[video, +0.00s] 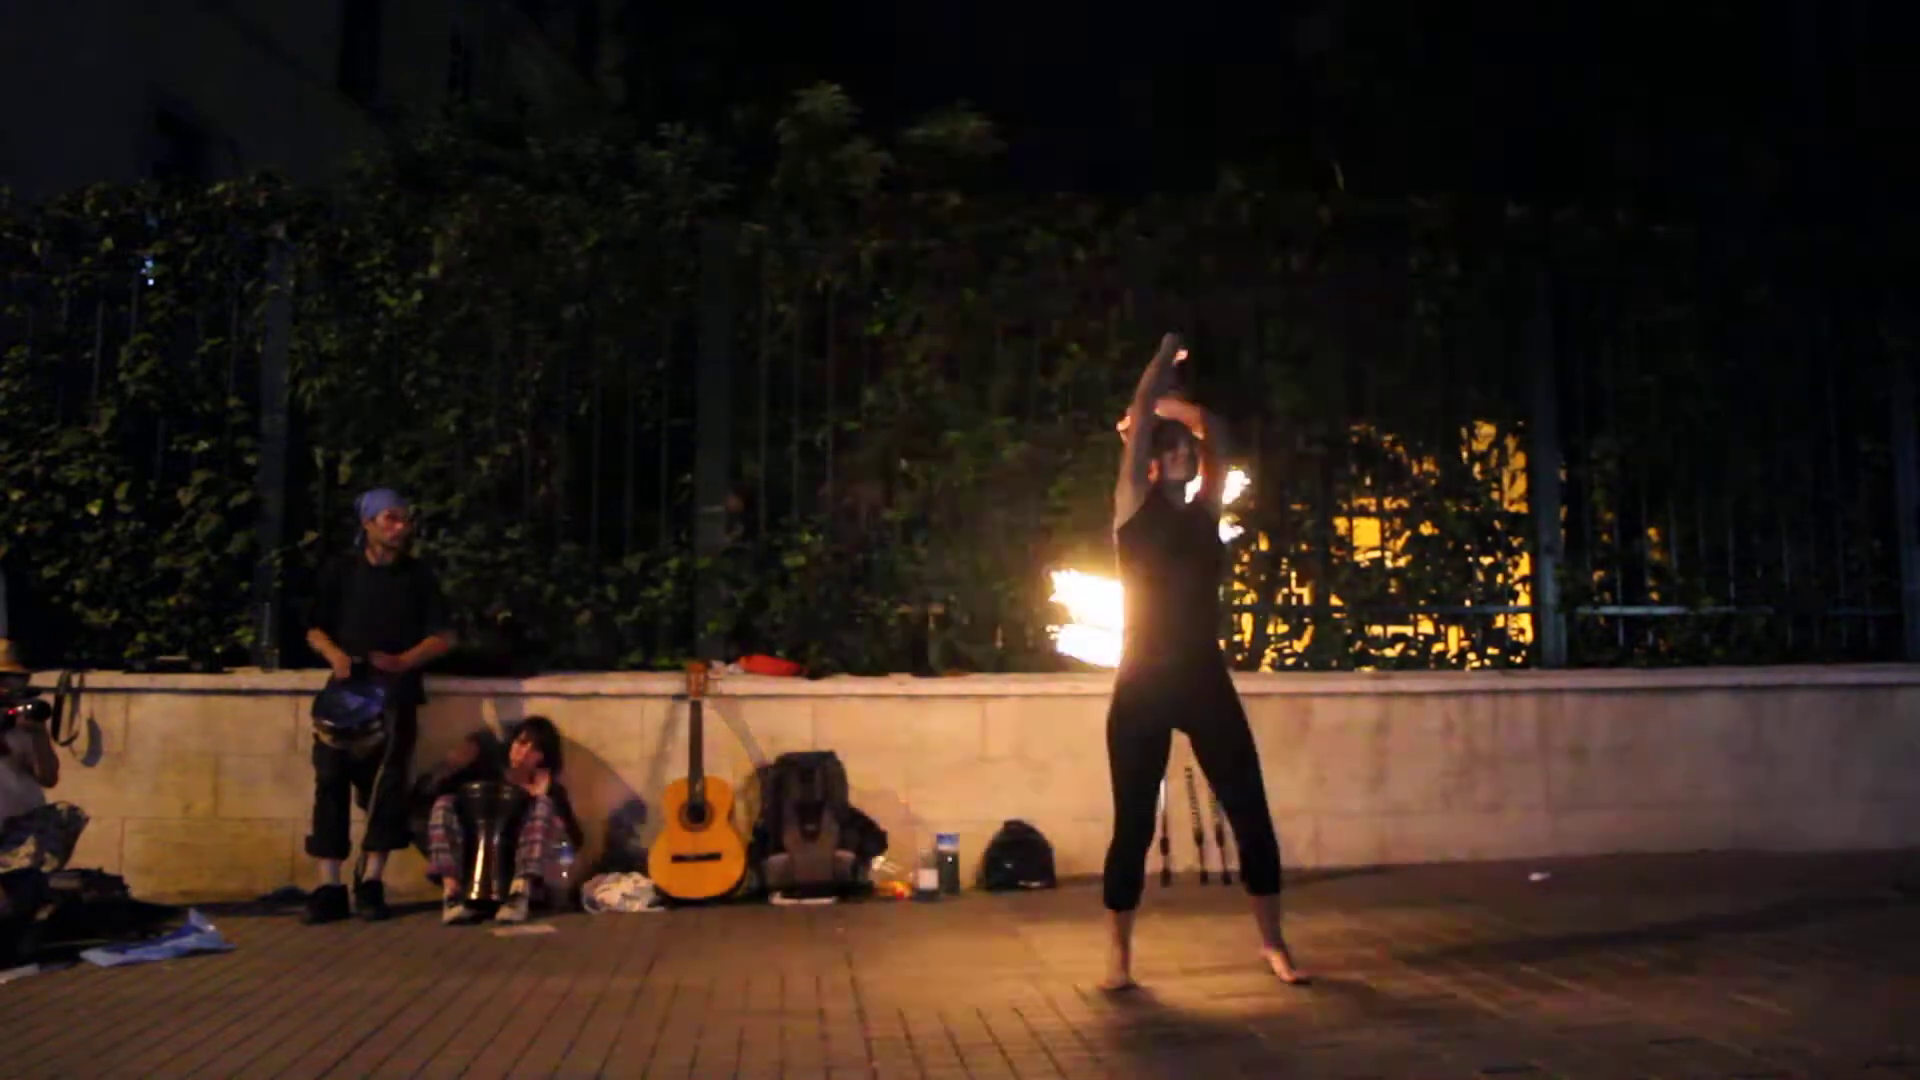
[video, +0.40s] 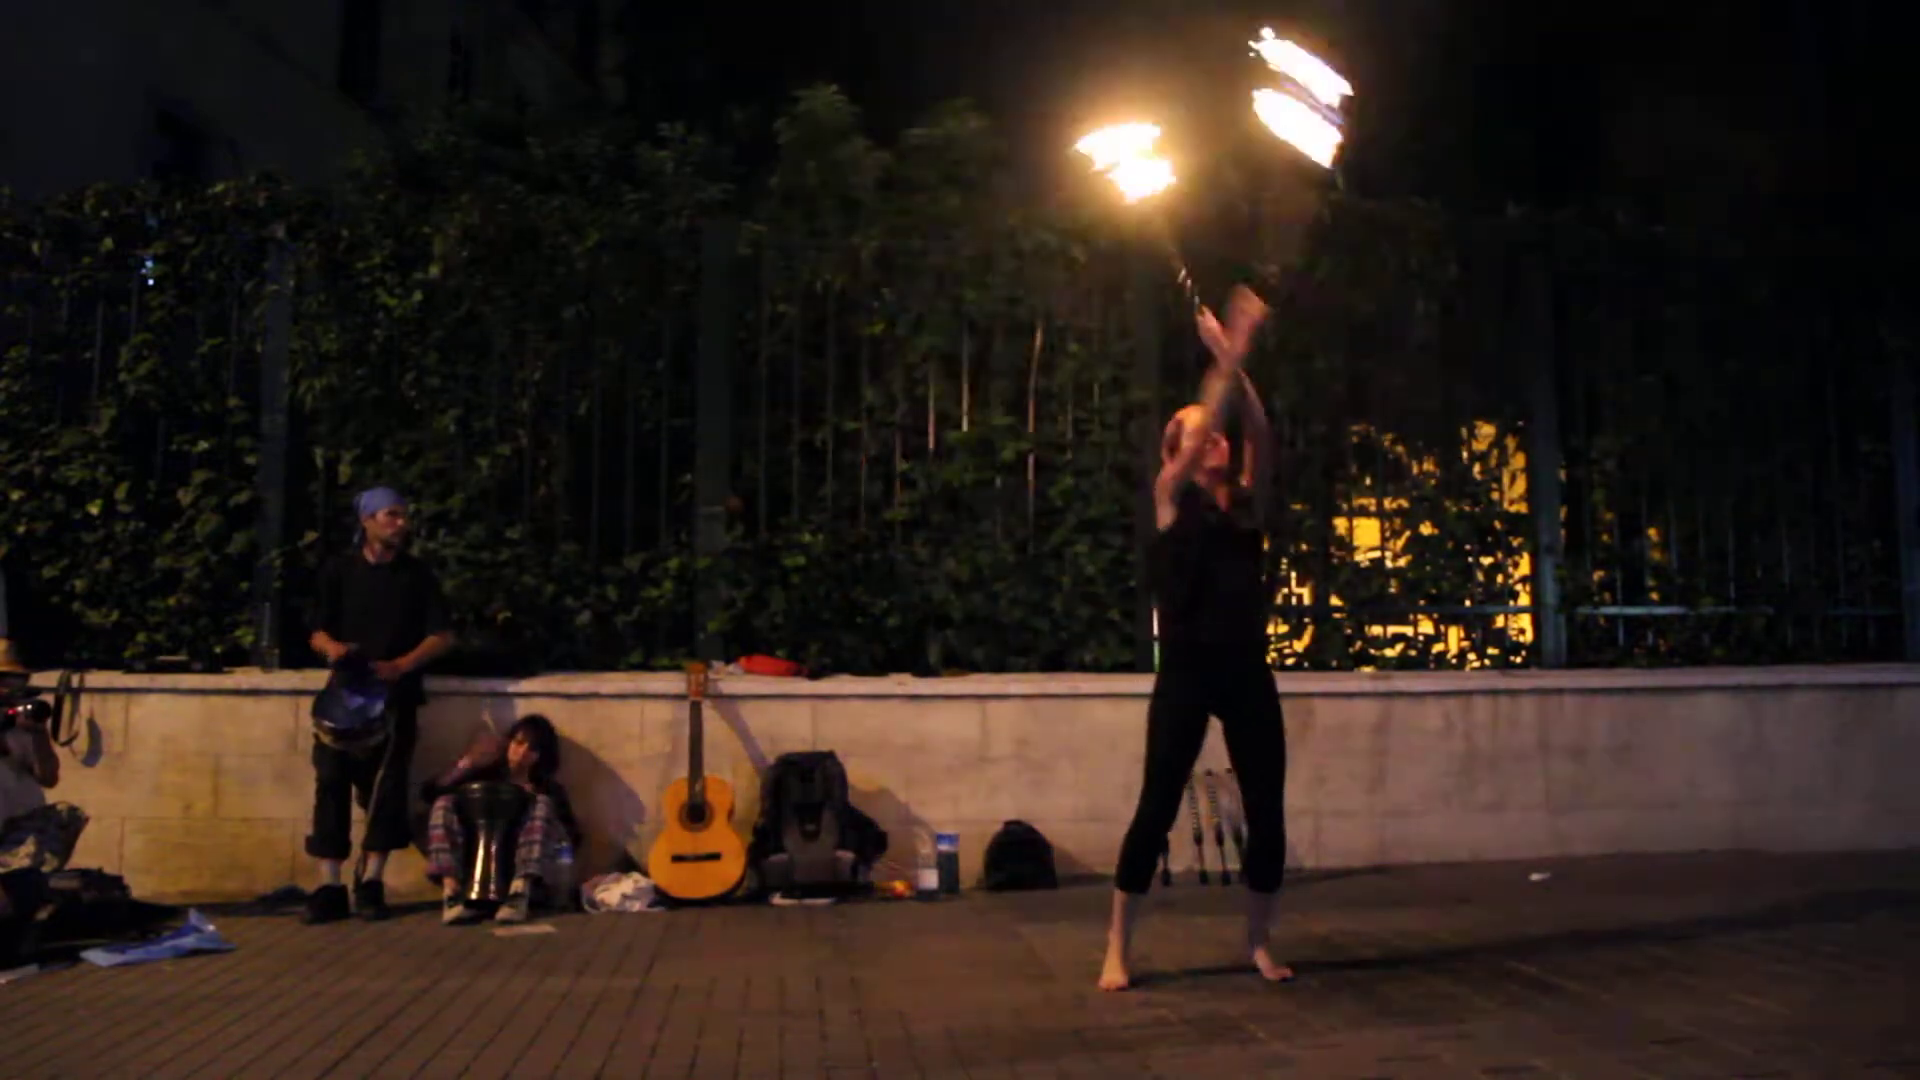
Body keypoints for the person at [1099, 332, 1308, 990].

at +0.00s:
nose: (1174, 457)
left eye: (1182, 447)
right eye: (1163, 448)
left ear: (1194, 459)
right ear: (1143, 459)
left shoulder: (1203, 511)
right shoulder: (1133, 508)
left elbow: (1212, 436)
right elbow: (1140, 422)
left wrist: (1155, 405)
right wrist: (1163, 359)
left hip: (1206, 680)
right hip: (1144, 683)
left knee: (1251, 815)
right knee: (1134, 824)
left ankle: (1273, 944)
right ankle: (1120, 955)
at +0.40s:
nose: (1215, 438)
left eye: (1221, 432)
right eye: (1201, 432)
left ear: (1231, 450)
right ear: (1176, 451)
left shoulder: (1248, 505)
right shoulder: (1171, 501)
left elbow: (1261, 434)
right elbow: (1199, 431)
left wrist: (1230, 362)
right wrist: (1234, 350)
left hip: (1248, 671)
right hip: (1185, 672)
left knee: (1267, 808)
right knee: (1157, 807)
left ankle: (1259, 942)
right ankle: (1116, 946)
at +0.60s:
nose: (1226, 450)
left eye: (1232, 443)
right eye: (1212, 443)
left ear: (1242, 459)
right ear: (1188, 462)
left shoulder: (1268, 524)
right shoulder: (1183, 529)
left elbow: (1278, 594)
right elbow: (1231, 602)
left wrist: (1264, 554)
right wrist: (1296, 611)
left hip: (1254, 684)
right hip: (1190, 685)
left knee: (1272, 816)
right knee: (1150, 814)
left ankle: (1256, 942)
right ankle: (1107, 937)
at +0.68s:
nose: (1217, 441)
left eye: (1223, 434)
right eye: (1204, 435)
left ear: (1237, 452)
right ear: (1183, 457)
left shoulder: (1266, 520)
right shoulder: (1177, 524)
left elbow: (1295, 591)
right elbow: (1186, 617)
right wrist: (1235, 674)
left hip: (1251, 673)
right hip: (1188, 674)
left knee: (1261, 807)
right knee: (1147, 803)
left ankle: (1257, 946)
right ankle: (1099, 939)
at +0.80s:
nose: (1203, 427)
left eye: (1209, 421)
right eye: (1190, 422)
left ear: (1224, 440)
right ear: (1171, 445)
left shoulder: (1256, 506)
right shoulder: (1157, 510)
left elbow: (1329, 550)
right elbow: (1123, 582)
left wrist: (1398, 579)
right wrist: (1081, 622)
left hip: (1239, 671)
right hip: (1172, 670)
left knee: (1248, 799)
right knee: (1141, 796)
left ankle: (1261, 938)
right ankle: (1099, 934)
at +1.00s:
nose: (1178, 426)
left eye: (1184, 420)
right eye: (1165, 421)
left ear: (1197, 436)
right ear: (1140, 443)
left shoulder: (1218, 490)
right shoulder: (1129, 493)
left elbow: (1266, 422)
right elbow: (1076, 422)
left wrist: (1304, 360)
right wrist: (1024, 346)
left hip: (1212, 664)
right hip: (1146, 666)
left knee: (1236, 797)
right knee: (1126, 802)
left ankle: (1264, 934)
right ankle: (1098, 940)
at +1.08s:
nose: (1154, 431)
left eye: (1161, 424)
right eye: (1142, 425)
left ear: (1178, 442)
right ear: (1124, 446)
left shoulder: (1195, 495)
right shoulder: (1118, 499)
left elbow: (1213, 401)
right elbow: (1099, 400)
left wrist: (1220, 324)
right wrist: (1091, 306)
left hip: (1198, 667)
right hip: (1135, 671)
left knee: (1230, 797)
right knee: (1118, 803)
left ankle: (1261, 934)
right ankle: (1095, 937)